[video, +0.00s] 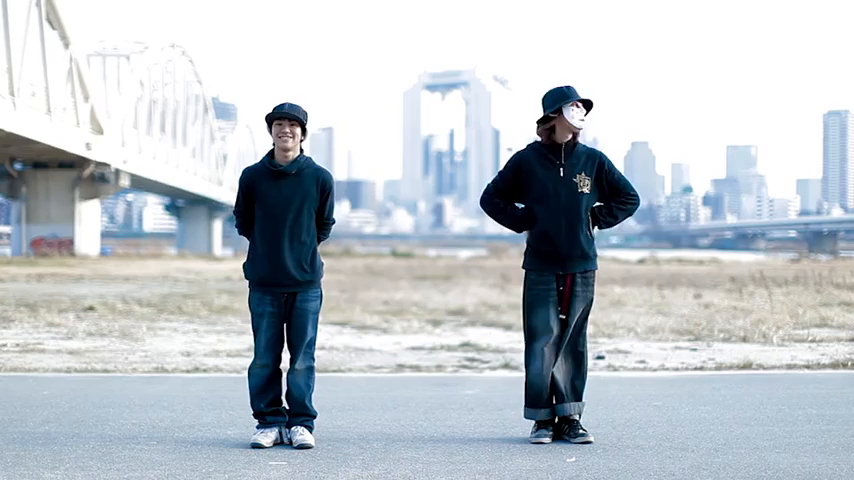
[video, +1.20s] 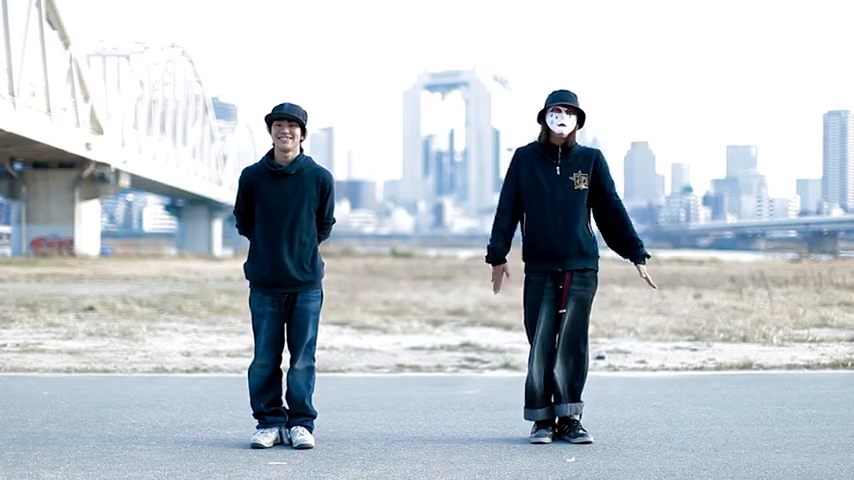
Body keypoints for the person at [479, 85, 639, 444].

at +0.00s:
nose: (582, 115)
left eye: (582, 109)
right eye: (575, 109)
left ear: (578, 116)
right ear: (555, 114)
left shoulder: (593, 159)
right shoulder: (527, 159)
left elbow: (629, 199)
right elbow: (490, 199)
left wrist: (594, 218)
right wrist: (523, 221)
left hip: (581, 262)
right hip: (542, 262)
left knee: (574, 340)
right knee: (542, 337)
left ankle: (569, 418)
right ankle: (543, 420)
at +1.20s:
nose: (561, 119)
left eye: (567, 114)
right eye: (555, 113)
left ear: (577, 121)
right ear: (544, 118)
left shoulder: (591, 160)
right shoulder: (524, 158)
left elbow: (611, 210)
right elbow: (508, 208)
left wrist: (636, 251)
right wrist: (497, 254)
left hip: (580, 262)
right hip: (539, 262)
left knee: (573, 339)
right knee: (541, 340)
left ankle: (569, 418)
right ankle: (542, 419)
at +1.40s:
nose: (559, 124)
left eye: (565, 119)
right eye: (552, 119)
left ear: (575, 125)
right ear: (542, 123)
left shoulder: (588, 164)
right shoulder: (526, 157)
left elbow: (609, 195)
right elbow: (517, 193)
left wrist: (617, 220)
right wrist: (537, 232)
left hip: (579, 261)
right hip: (538, 261)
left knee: (572, 338)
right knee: (540, 338)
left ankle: (569, 418)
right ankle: (542, 419)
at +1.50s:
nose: (557, 133)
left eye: (564, 128)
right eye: (551, 127)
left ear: (574, 133)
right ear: (541, 131)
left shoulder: (588, 170)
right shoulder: (526, 166)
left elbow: (582, 208)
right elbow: (542, 205)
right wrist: (582, 244)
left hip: (576, 263)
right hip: (538, 265)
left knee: (573, 339)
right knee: (541, 339)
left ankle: (569, 419)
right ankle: (543, 420)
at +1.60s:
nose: (558, 141)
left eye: (565, 135)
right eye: (552, 134)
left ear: (574, 141)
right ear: (542, 139)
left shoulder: (587, 177)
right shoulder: (526, 176)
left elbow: (585, 212)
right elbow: (542, 215)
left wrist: (579, 236)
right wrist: (575, 243)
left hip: (576, 271)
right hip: (538, 272)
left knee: (574, 345)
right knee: (540, 344)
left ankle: (569, 421)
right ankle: (542, 422)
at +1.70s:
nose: (563, 133)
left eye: (569, 128)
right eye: (557, 127)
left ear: (579, 134)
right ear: (546, 132)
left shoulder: (587, 173)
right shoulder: (530, 167)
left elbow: (616, 200)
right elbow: (529, 204)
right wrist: (534, 240)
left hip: (575, 268)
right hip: (536, 267)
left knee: (573, 343)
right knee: (541, 343)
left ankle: (569, 421)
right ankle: (543, 422)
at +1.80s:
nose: (573, 114)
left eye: (578, 109)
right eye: (566, 109)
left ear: (587, 115)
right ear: (555, 115)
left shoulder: (594, 159)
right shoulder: (539, 148)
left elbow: (629, 193)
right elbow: (515, 193)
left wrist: (663, 232)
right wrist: (495, 237)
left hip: (574, 259)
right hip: (534, 259)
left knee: (573, 338)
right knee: (538, 338)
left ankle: (572, 417)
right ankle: (542, 419)